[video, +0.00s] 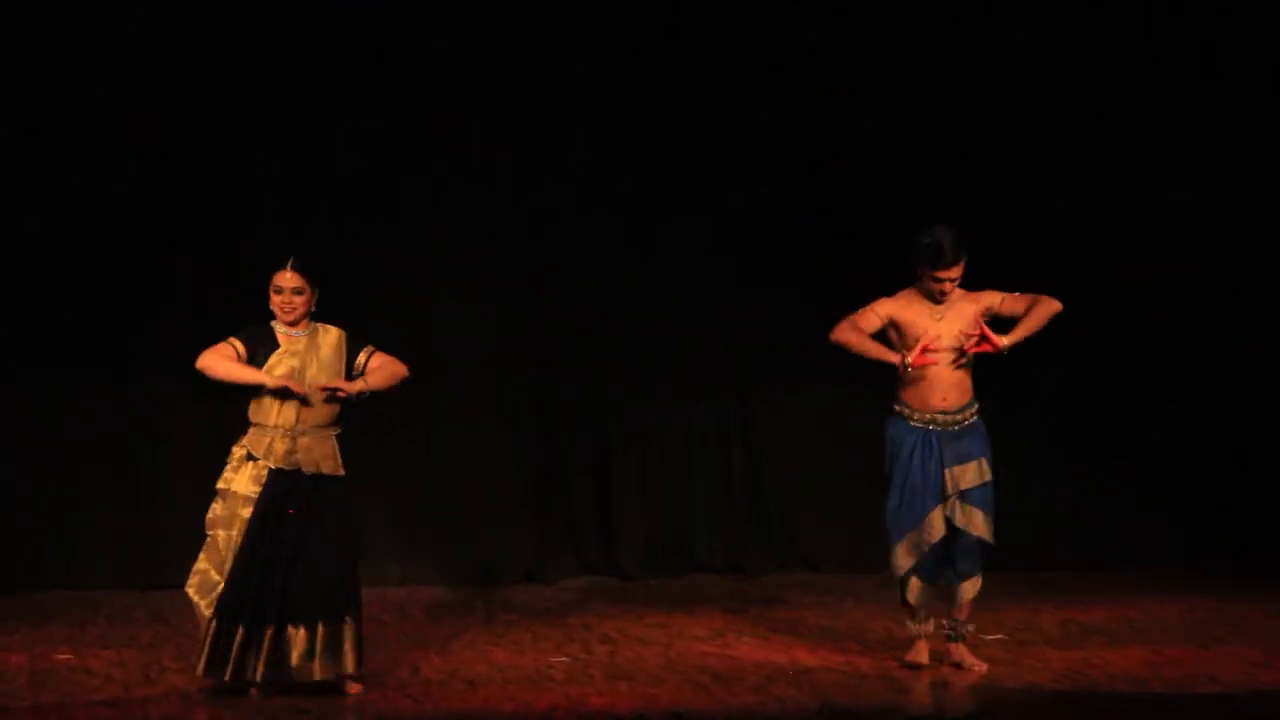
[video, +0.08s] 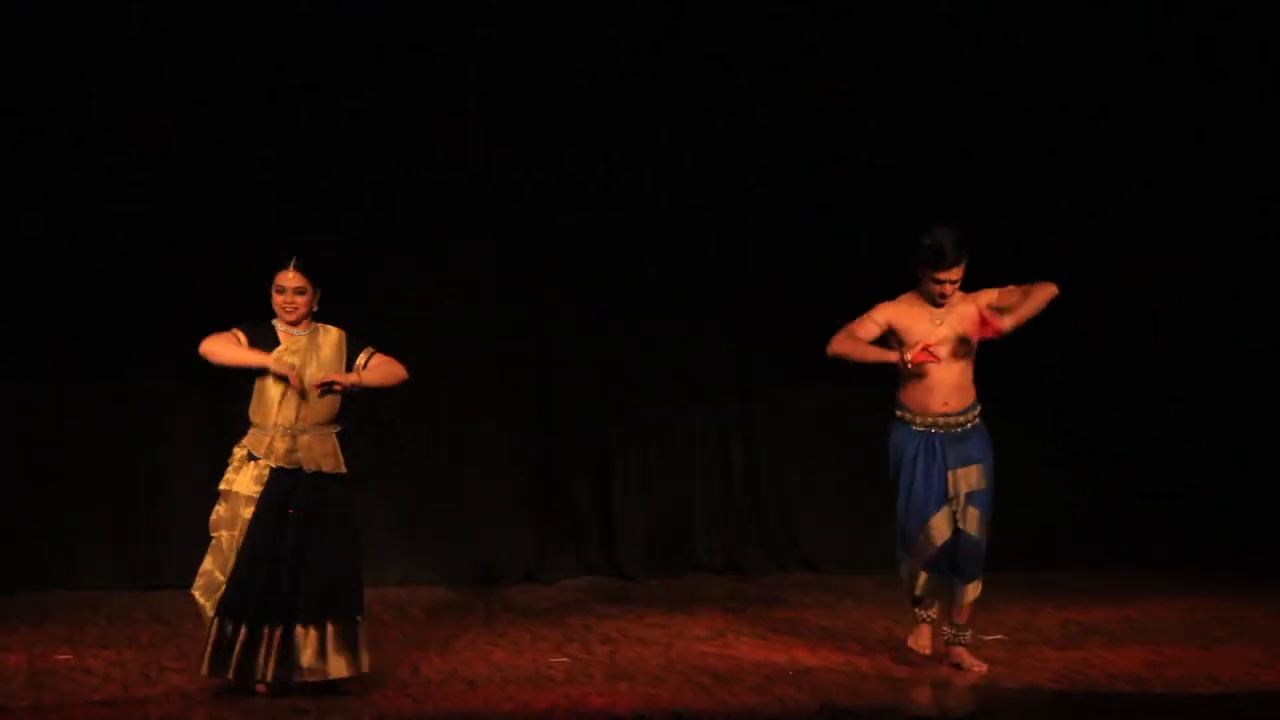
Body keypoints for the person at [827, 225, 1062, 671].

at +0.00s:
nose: (949, 287)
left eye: (955, 279)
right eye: (940, 280)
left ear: (963, 271)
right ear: (920, 273)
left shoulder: (977, 303)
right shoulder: (897, 306)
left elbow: (1049, 305)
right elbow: (843, 333)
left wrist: (1006, 340)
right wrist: (898, 358)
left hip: (965, 430)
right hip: (914, 432)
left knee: (970, 531)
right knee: (918, 532)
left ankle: (956, 640)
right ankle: (919, 636)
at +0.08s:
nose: (948, 289)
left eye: (956, 281)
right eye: (940, 282)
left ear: (964, 273)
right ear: (921, 275)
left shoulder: (977, 304)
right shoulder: (896, 311)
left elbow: (1047, 289)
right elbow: (839, 345)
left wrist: (1007, 321)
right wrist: (898, 356)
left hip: (968, 432)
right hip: (917, 434)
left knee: (972, 536)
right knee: (934, 536)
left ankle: (957, 640)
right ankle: (923, 617)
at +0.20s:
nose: (939, 283)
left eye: (948, 275)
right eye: (931, 274)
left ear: (961, 277)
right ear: (920, 275)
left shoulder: (978, 305)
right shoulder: (897, 320)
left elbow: (1029, 254)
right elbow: (838, 375)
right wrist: (868, 344)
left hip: (966, 437)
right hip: (914, 440)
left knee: (975, 538)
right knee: (924, 544)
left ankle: (960, 630)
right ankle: (927, 645)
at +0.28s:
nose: (925, 272)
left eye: (936, 265)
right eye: (923, 263)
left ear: (959, 269)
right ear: (918, 265)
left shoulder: (981, 302)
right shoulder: (897, 320)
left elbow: (1013, 236)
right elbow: (844, 368)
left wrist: (980, 195)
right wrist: (824, 328)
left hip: (967, 438)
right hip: (914, 440)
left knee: (977, 537)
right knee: (920, 542)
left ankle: (963, 628)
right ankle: (923, 647)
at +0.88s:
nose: (906, 278)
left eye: (916, 271)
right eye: (905, 271)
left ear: (945, 274)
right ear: (909, 278)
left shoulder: (986, 310)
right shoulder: (901, 333)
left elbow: (1041, 260)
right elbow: (828, 363)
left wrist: (987, 259)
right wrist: (835, 308)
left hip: (987, 447)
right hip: (929, 451)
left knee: (1022, 551)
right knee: (907, 547)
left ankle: (988, 642)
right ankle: (924, 655)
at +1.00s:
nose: (902, 288)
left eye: (911, 280)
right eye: (899, 281)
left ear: (938, 281)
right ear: (899, 286)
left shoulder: (975, 322)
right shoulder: (892, 339)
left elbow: (1051, 292)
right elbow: (816, 370)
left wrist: (1009, 312)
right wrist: (848, 330)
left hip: (981, 451)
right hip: (921, 455)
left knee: (1045, 530)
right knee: (896, 552)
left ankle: (988, 611)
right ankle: (924, 653)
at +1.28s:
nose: (906, 295)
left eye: (915, 287)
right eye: (900, 287)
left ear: (937, 288)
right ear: (896, 291)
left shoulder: (973, 329)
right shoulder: (890, 344)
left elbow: (1055, 340)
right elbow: (812, 372)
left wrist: (1033, 389)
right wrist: (862, 353)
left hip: (980, 456)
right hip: (921, 459)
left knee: (1023, 548)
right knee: (894, 552)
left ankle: (968, 640)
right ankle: (923, 653)